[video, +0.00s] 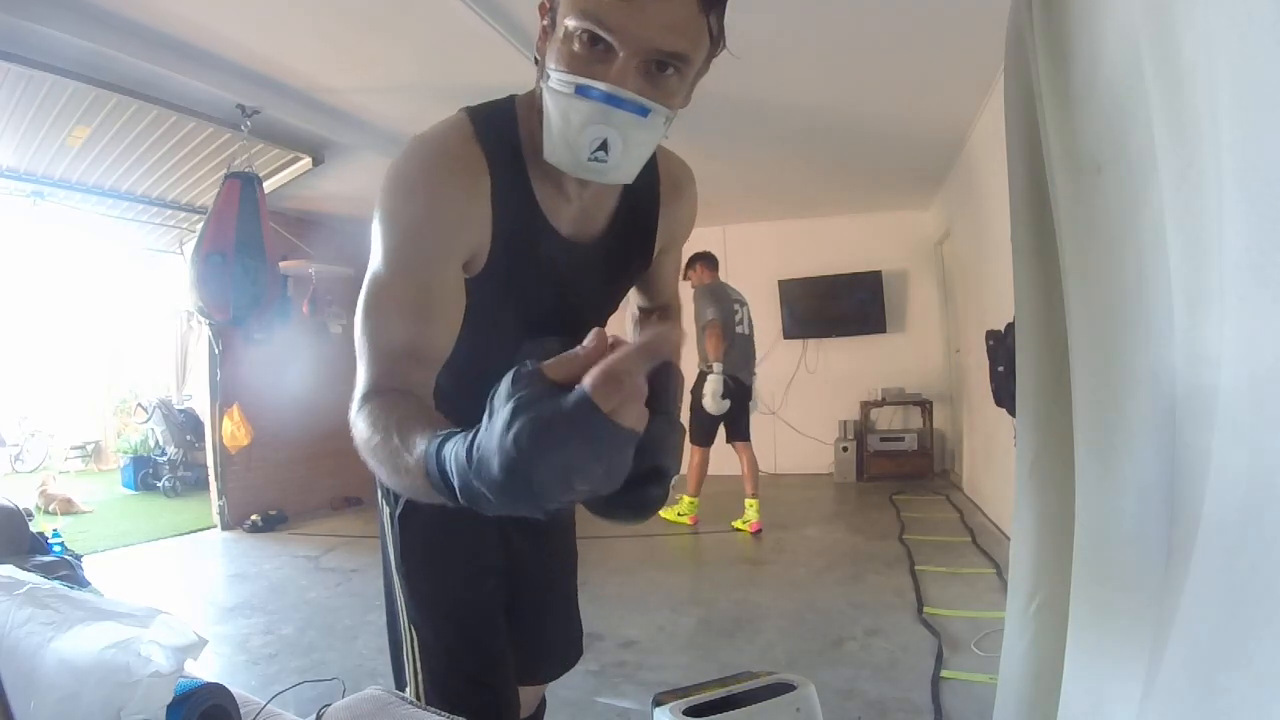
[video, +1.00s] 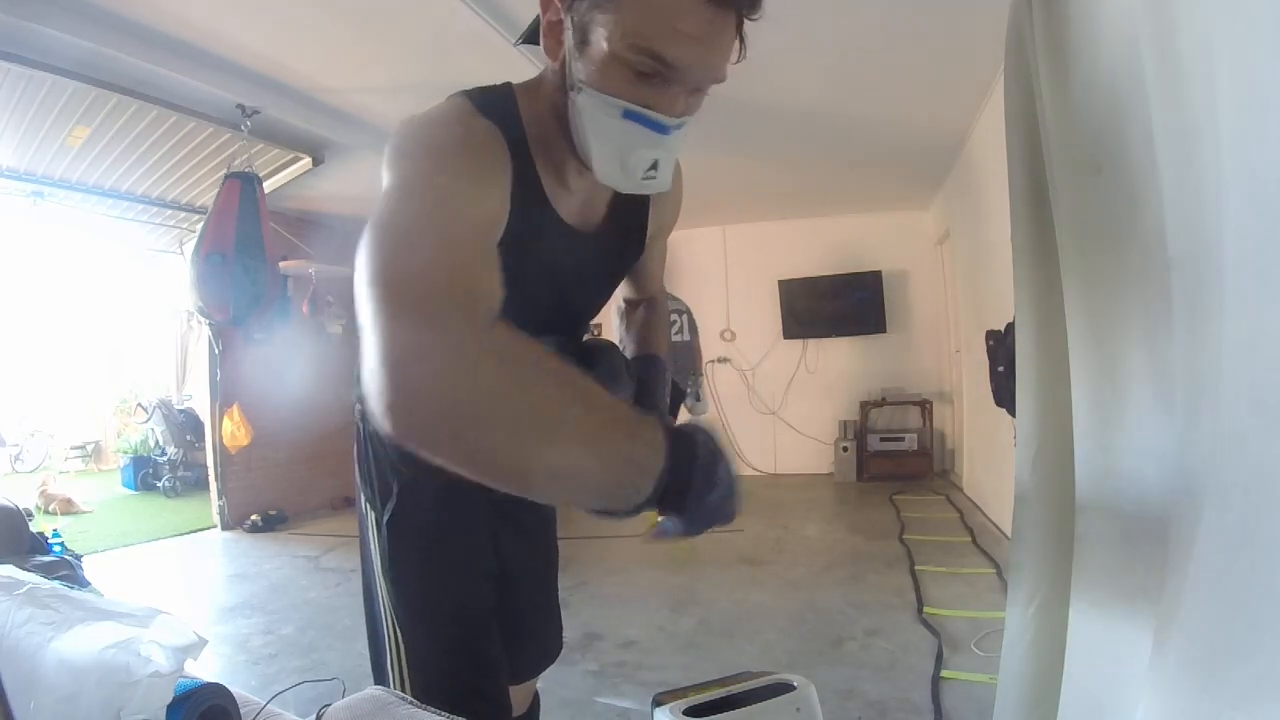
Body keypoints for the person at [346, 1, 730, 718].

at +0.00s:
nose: (616, 91)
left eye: (663, 66)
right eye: (592, 43)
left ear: (702, 72)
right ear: (544, 25)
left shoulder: (667, 190)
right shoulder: (443, 171)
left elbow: (659, 331)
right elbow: (384, 399)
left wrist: (647, 444)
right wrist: (468, 467)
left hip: (556, 463)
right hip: (435, 472)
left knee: (531, 683)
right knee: (480, 703)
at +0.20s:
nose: (613, 86)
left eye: (660, 63)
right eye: (589, 36)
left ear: (698, 76)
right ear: (544, 23)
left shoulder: (668, 187)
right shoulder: (440, 172)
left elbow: (660, 307)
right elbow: (389, 402)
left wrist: (657, 425)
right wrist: (447, 462)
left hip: (555, 456)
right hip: (433, 464)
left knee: (530, 682)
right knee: (474, 704)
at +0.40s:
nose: (641, 90)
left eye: (682, 64)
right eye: (612, 39)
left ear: (712, 70)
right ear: (547, 24)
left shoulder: (669, 187)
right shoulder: (440, 171)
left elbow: (661, 303)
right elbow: (378, 399)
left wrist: (659, 416)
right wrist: (438, 464)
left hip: (550, 454)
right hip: (434, 464)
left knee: (527, 684)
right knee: (469, 704)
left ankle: (518, 707)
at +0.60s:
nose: (702, 110)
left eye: (729, 80)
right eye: (677, 68)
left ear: (746, 67)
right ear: (574, 37)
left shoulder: (665, 188)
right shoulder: (443, 164)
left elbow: (655, 302)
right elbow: (380, 442)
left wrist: (657, 408)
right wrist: (431, 400)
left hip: (539, 451)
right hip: (435, 461)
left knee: (524, 679)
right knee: (466, 698)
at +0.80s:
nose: (703, 120)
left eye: (728, 89)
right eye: (681, 79)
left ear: (747, 71)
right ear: (577, 38)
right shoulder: (449, 160)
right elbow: (384, 444)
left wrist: (625, 456)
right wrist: (551, 368)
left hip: (533, 473)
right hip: (431, 483)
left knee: (519, 686)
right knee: (464, 704)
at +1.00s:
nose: (672, 114)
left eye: (703, 86)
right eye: (646, 71)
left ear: (728, 65)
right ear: (557, 31)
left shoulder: (654, 181)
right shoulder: (450, 147)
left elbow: (644, 298)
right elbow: (424, 382)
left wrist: (650, 389)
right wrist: (670, 467)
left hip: (535, 428)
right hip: (429, 444)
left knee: (520, 670)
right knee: (458, 693)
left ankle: (517, 705)